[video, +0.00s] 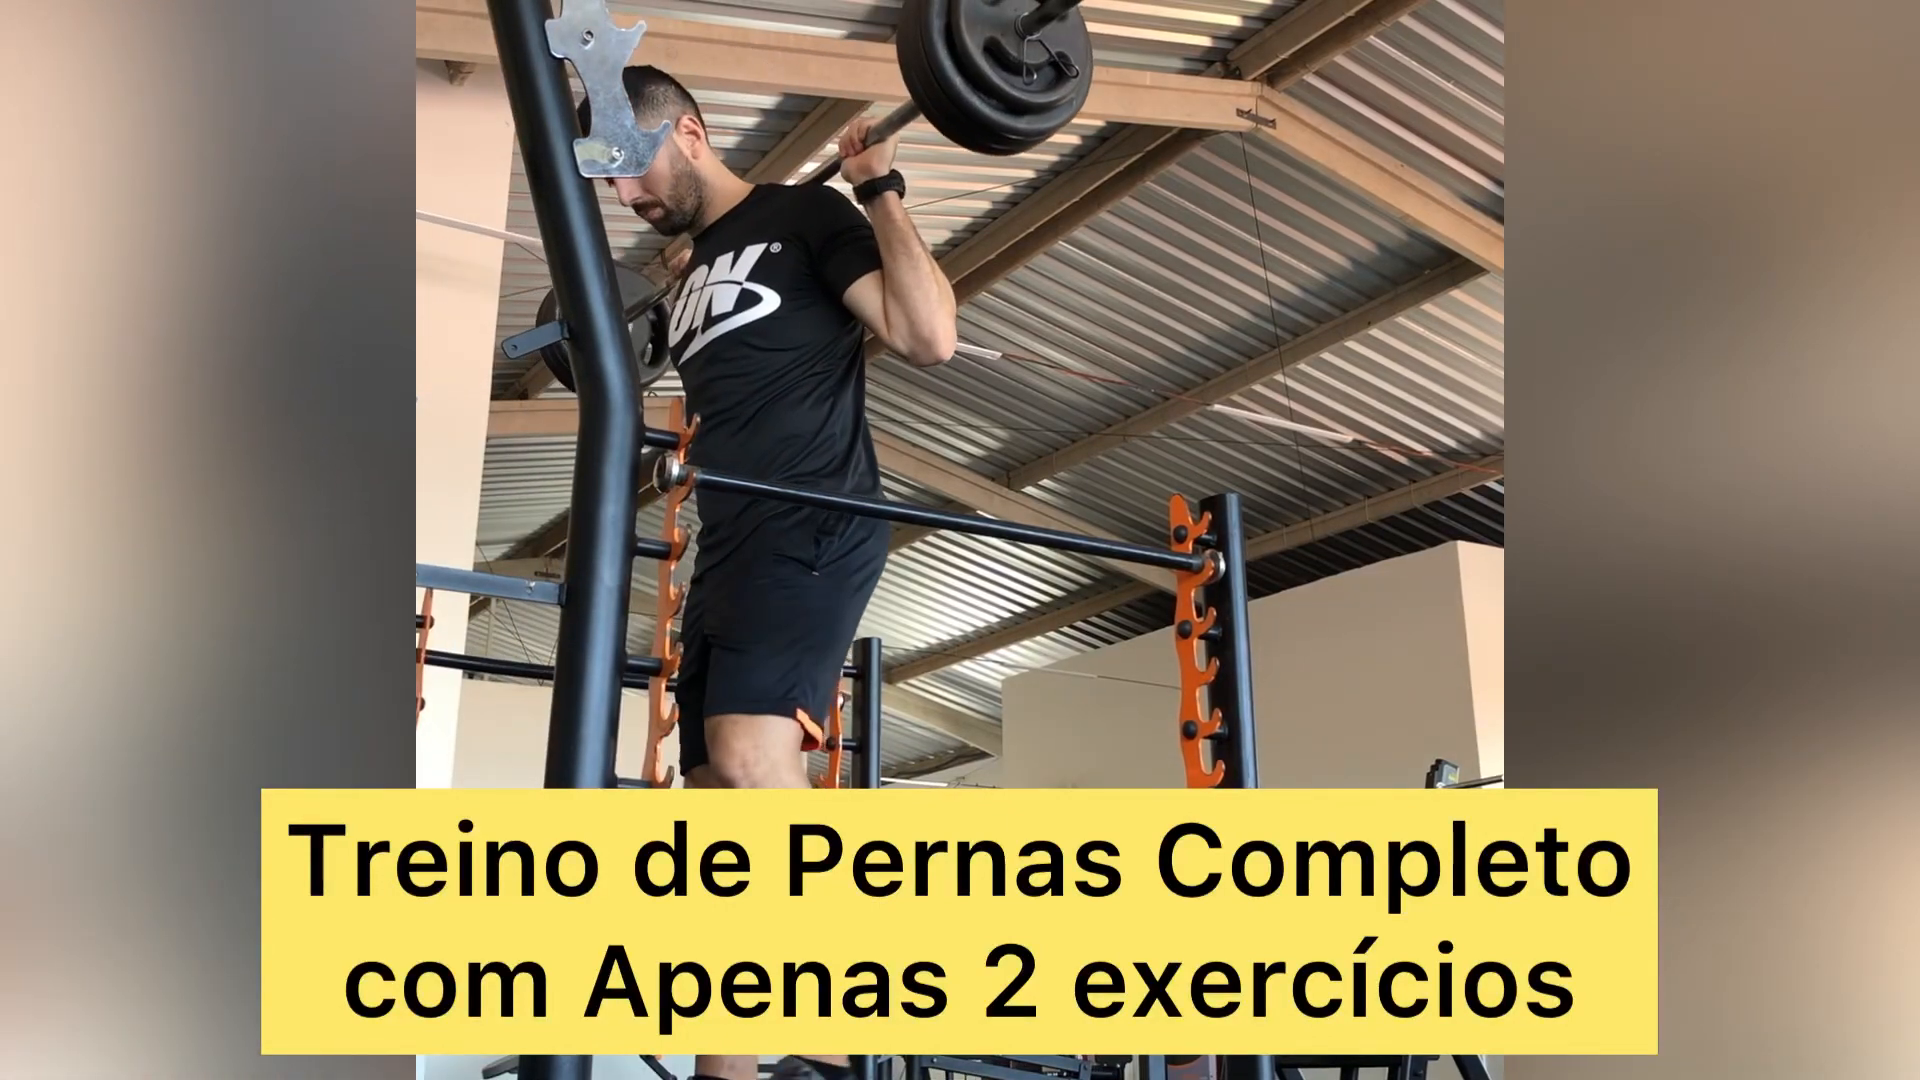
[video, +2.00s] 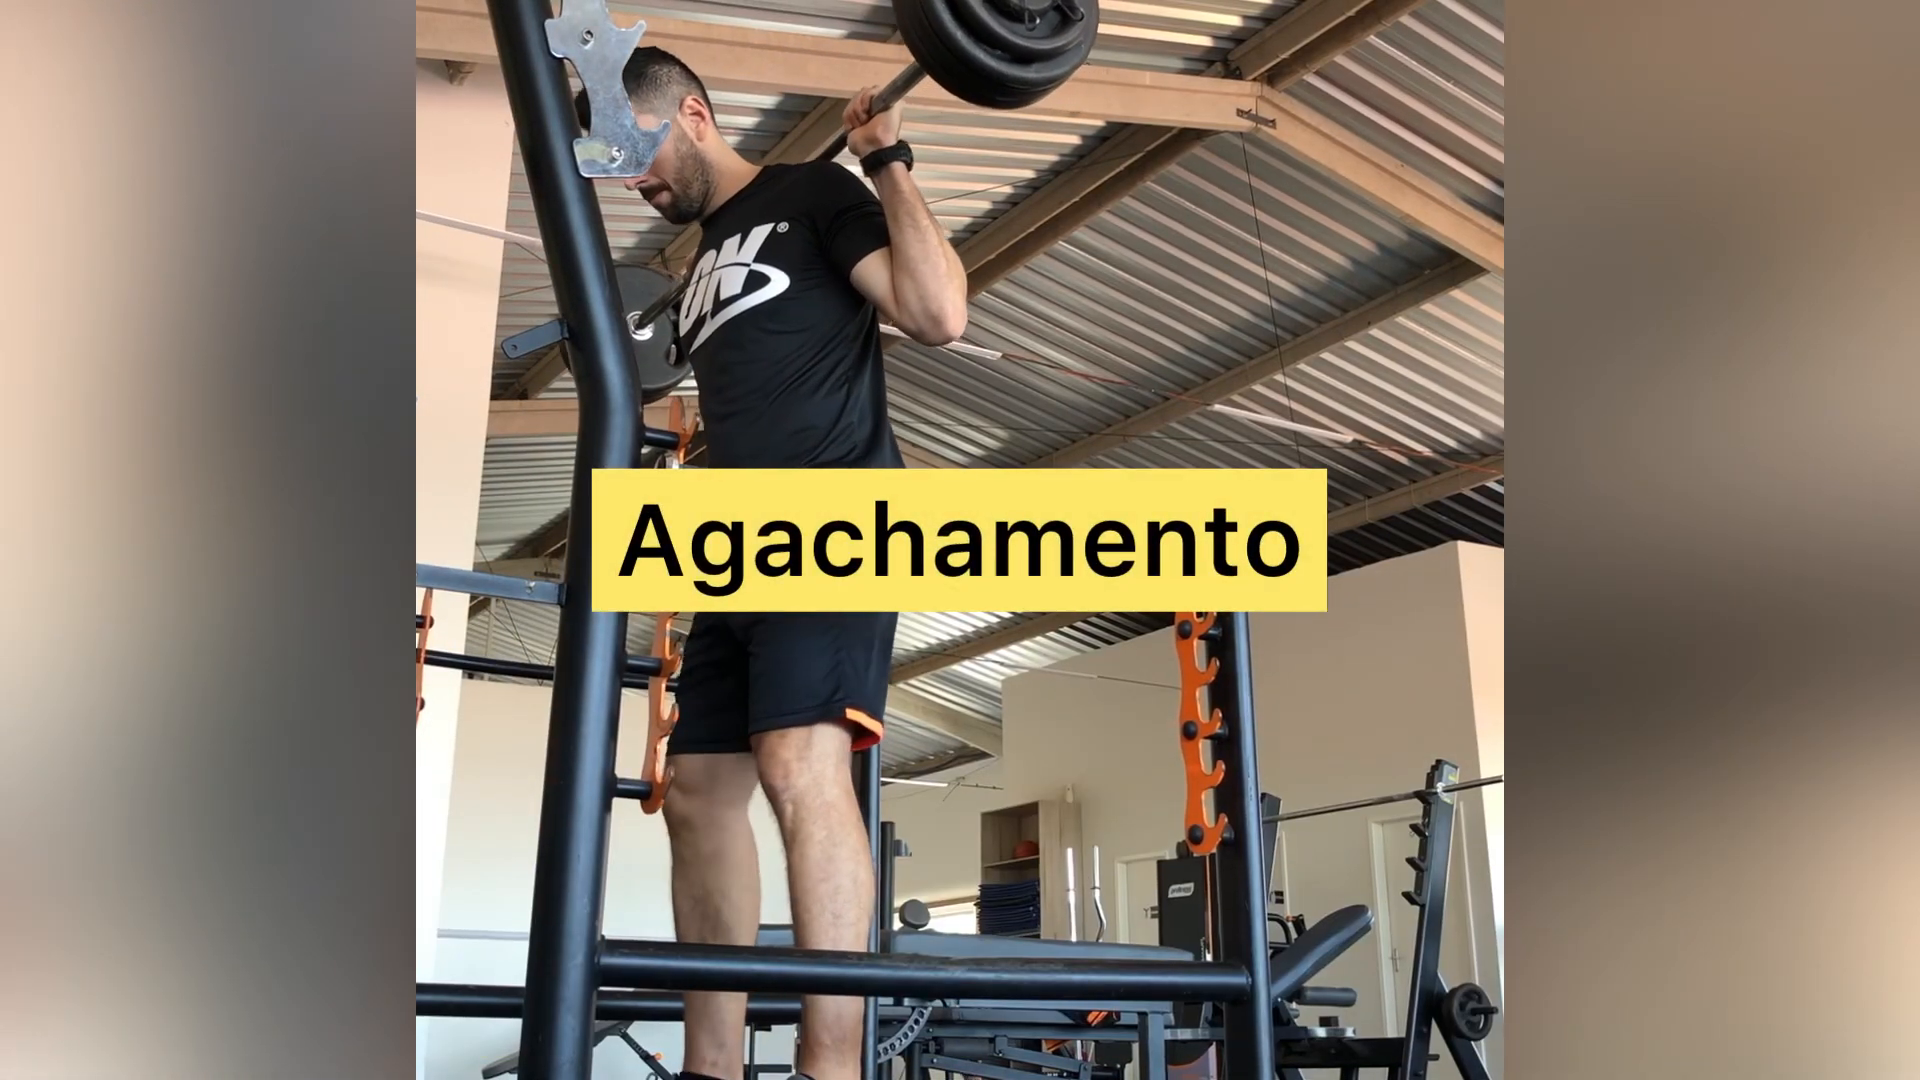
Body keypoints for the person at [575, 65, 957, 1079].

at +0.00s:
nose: (629, 193)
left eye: (634, 164)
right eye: (615, 177)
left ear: (690, 132)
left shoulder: (804, 211)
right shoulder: (687, 278)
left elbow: (931, 337)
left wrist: (883, 193)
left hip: (813, 517)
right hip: (731, 531)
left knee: (752, 747)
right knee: (705, 772)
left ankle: (813, 1015)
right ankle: (731, 1036)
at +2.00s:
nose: (637, 177)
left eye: (643, 147)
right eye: (623, 161)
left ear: (697, 112)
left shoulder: (814, 192)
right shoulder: (698, 271)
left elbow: (941, 314)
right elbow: (717, 429)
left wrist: (891, 166)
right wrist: (680, 577)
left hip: (827, 526)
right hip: (731, 542)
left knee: (802, 763)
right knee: (699, 789)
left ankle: (834, 1065)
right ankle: (713, 1066)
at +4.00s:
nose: (622, 185)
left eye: (629, 156)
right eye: (608, 169)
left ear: (681, 118)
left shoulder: (789, 200)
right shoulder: (675, 263)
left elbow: (900, 334)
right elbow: (691, 420)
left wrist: (851, 181)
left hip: (787, 520)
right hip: (708, 536)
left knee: (771, 758)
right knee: (690, 792)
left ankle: (821, 1063)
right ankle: (708, 1065)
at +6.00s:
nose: (622, 186)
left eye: (630, 156)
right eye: (609, 170)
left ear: (684, 120)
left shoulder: (797, 197)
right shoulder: (688, 267)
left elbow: (925, 322)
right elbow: (720, 405)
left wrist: (867, 175)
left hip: (823, 517)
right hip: (734, 536)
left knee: (778, 755)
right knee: (692, 787)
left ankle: (826, 1065)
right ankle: (702, 1067)